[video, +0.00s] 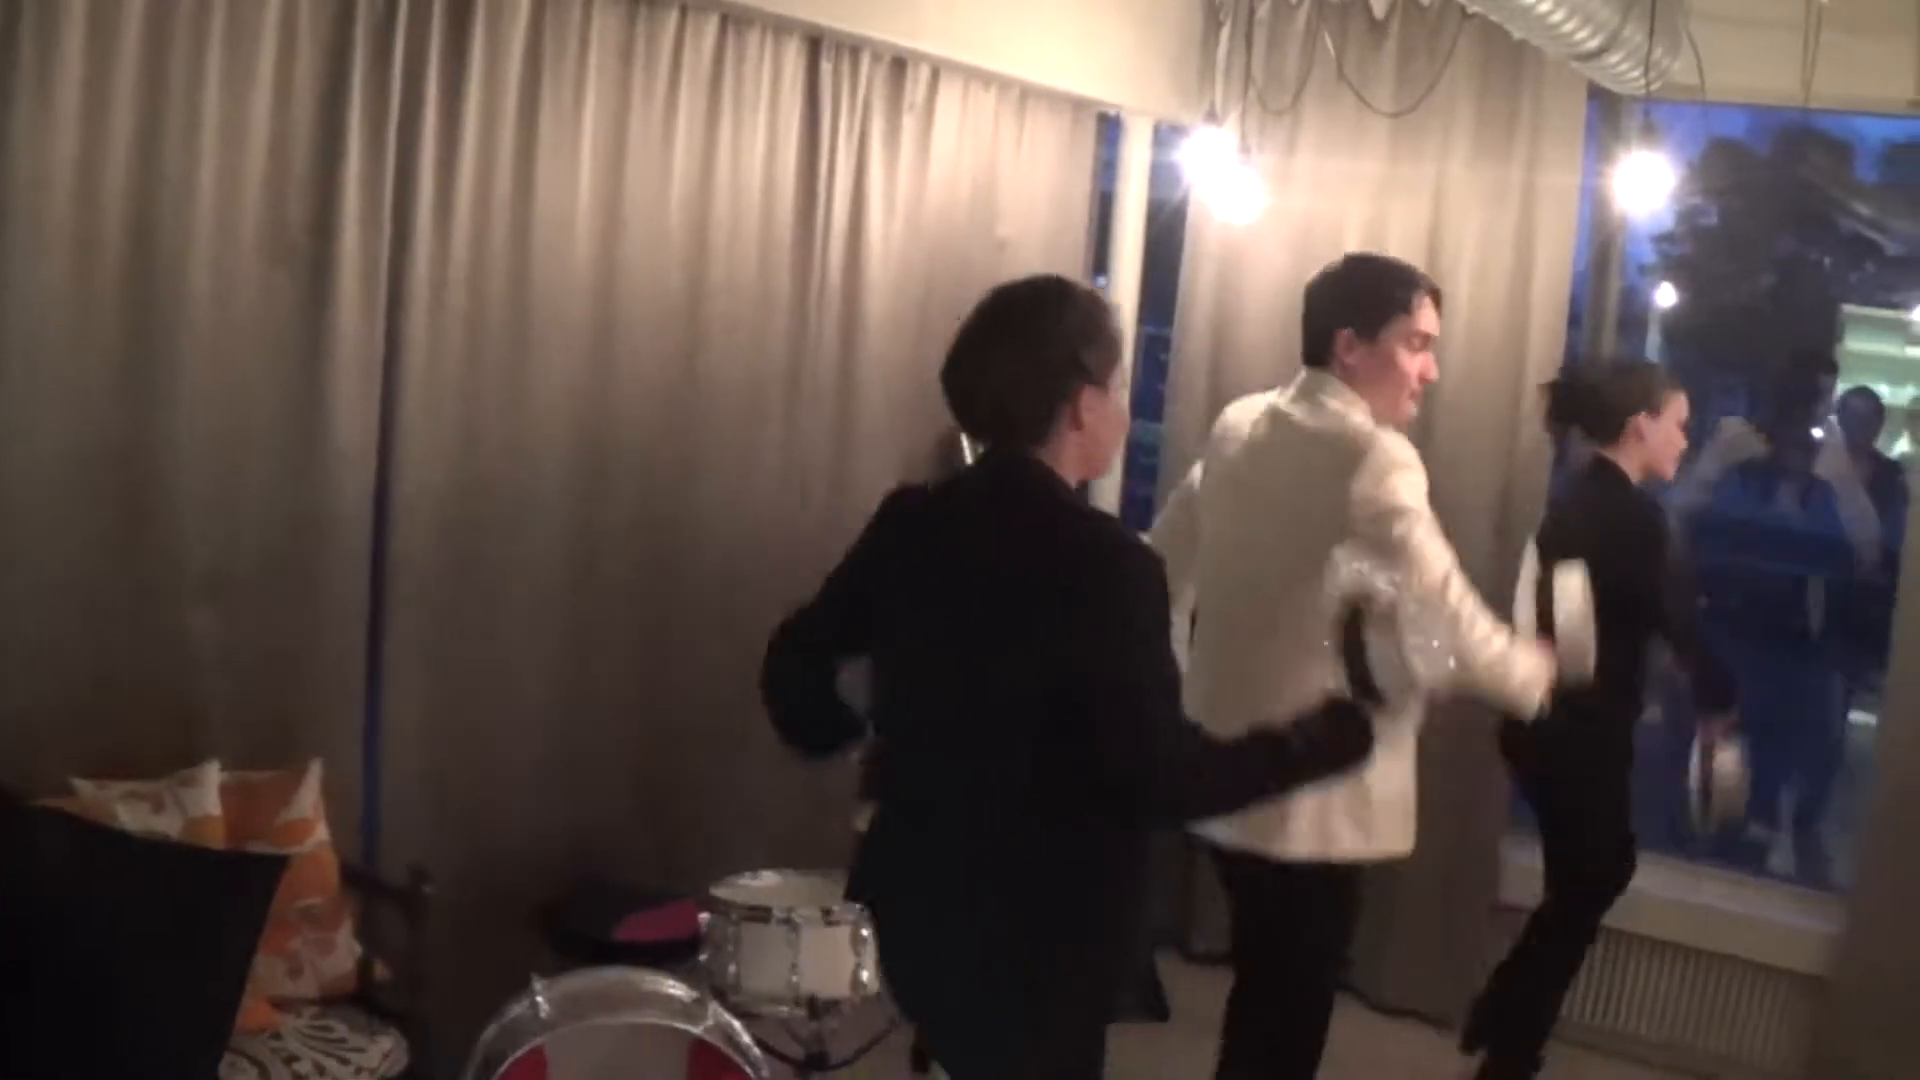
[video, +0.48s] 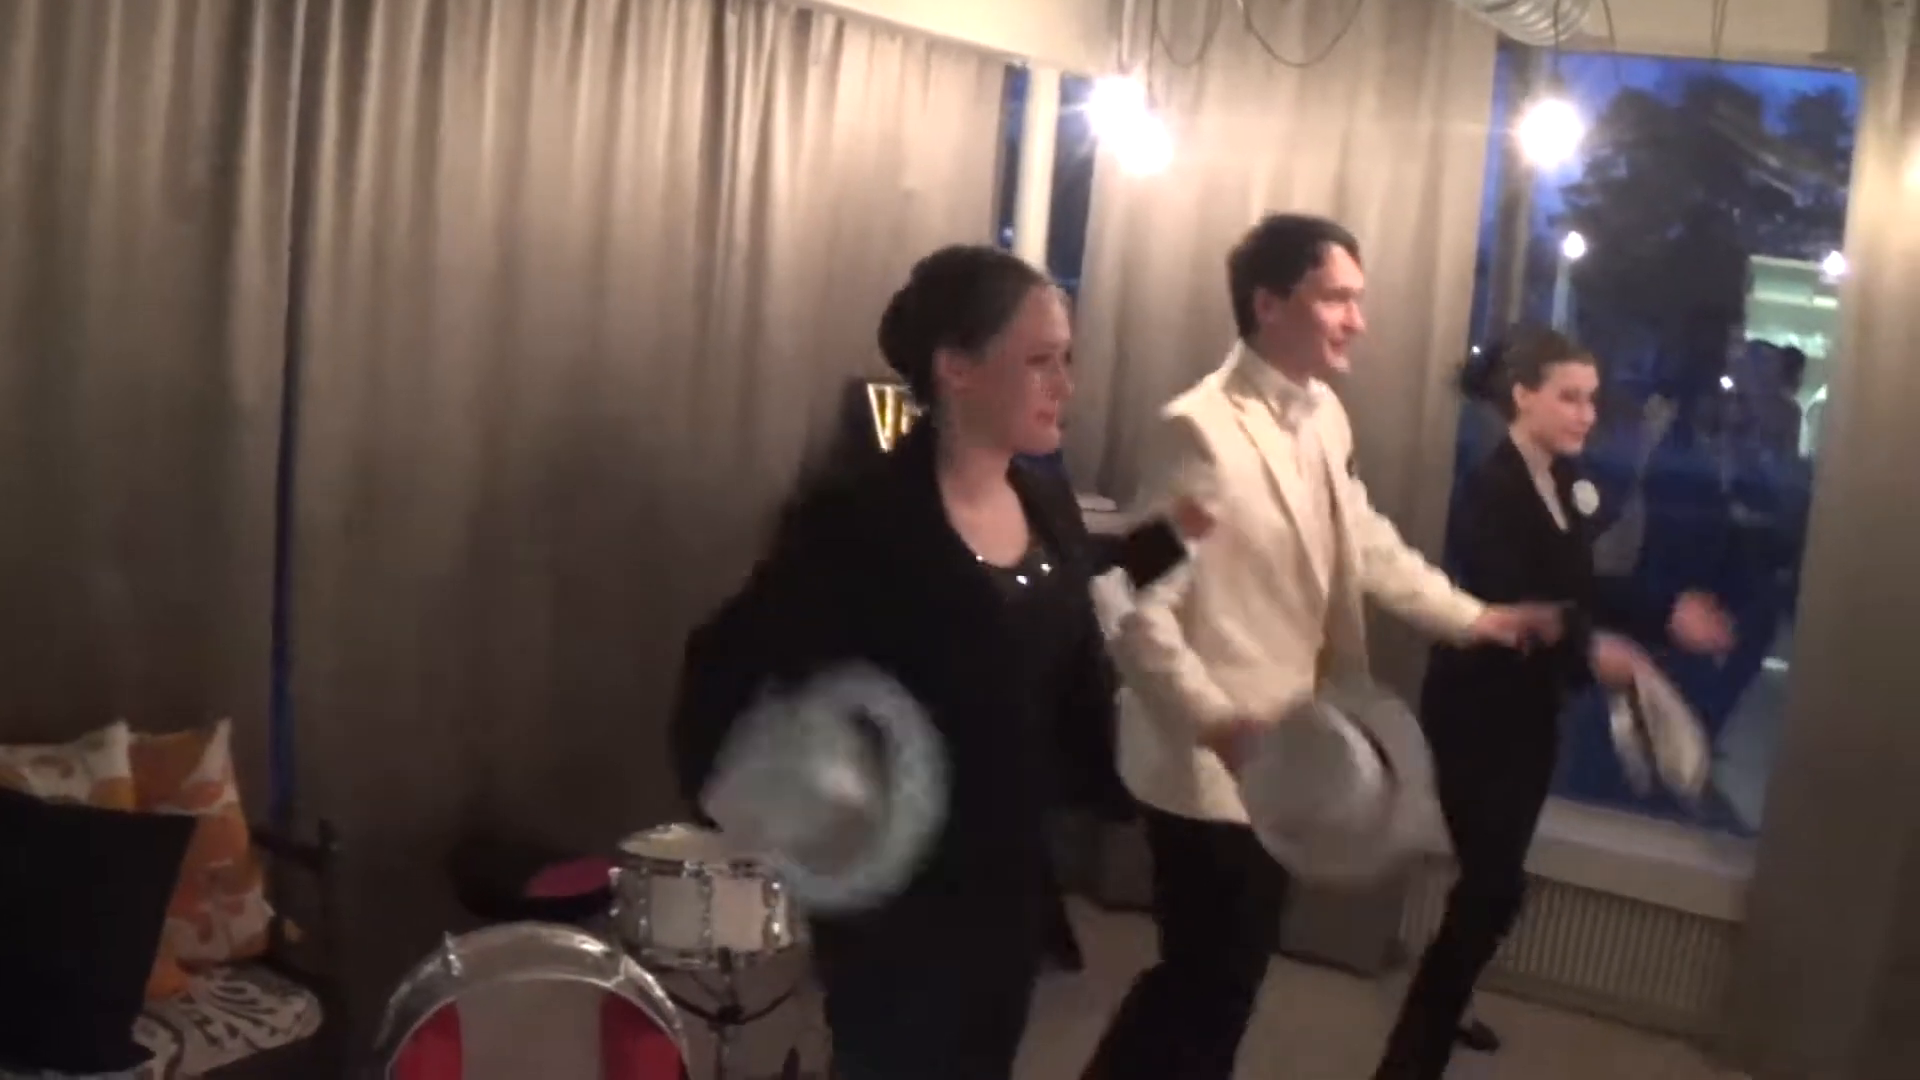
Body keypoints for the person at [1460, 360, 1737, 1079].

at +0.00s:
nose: (1685, 442)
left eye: (1685, 426)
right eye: (1678, 426)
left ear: (1627, 428)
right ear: (1638, 428)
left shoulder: (1573, 498)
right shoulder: (1632, 511)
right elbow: (1673, 617)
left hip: (1544, 716)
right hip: (1590, 726)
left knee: (1596, 867)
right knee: (1592, 874)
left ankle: (1499, 1014)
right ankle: (1511, 1048)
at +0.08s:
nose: (1677, 430)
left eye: (1677, 415)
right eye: (1666, 414)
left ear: (1610, 418)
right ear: (1617, 416)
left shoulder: (1566, 485)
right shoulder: (1616, 499)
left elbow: (1604, 599)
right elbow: (1663, 610)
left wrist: (1674, 573)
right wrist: (1714, 620)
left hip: (1535, 698)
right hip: (1571, 711)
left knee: (1562, 881)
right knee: (1572, 883)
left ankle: (1510, 1040)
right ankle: (1479, 1049)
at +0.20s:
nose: (1643, 433)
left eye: (1647, 418)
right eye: (1629, 416)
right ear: (1579, 415)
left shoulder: (1584, 491)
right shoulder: (1565, 497)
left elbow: (1607, 606)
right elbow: (1607, 619)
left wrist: (1666, 586)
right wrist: (1688, 600)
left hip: (1554, 720)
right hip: (1536, 726)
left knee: (1553, 897)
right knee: (1560, 903)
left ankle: (1481, 1031)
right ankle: (1455, 1037)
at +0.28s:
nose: (1627, 434)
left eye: (1631, 419)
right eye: (1612, 418)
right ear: (1562, 417)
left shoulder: (1569, 497)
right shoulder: (1546, 507)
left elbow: (1565, 634)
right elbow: (1571, 667)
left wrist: (1627, 637)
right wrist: (1649, 666)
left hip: (1546, 721)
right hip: (1534, 731)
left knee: (1542, 893)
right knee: (1562, 906)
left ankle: (1473, 1024)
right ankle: (1447, 1032)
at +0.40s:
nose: (1603, 433)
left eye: (1609, 418)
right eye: (1588, 417)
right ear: (1538, 417)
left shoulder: (1569, 498)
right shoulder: (1511, 505)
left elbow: (1572, 623)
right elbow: (1529, 640)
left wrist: (1619, 672)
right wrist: (1611, 709)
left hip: (1538, 730)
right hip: (1496, 735)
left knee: (1521, 894)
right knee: (1524, 903)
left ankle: (1465, 1025)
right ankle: (1440, 1054)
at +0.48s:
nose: (1587, 415)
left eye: (1592, 400)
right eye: (1572, 397)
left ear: (1590, 404)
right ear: (1522, 397)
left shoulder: (1566, 486)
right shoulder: (1489, 486)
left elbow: (1579, 590)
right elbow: (1505, 604)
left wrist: (1665, 613)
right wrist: (1585, 649)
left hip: (1530, 706)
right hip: (1475, 709)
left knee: (1492, 881)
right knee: (1491, 893)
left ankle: (1444, 1005)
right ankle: (1408, 1058)